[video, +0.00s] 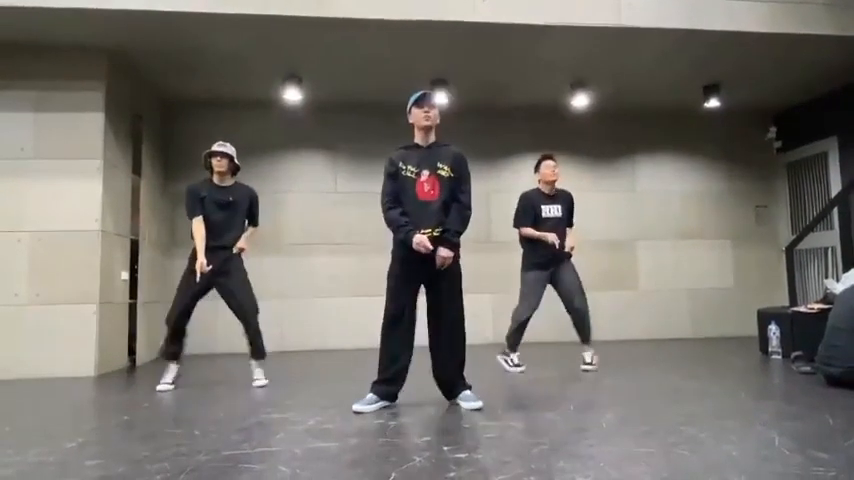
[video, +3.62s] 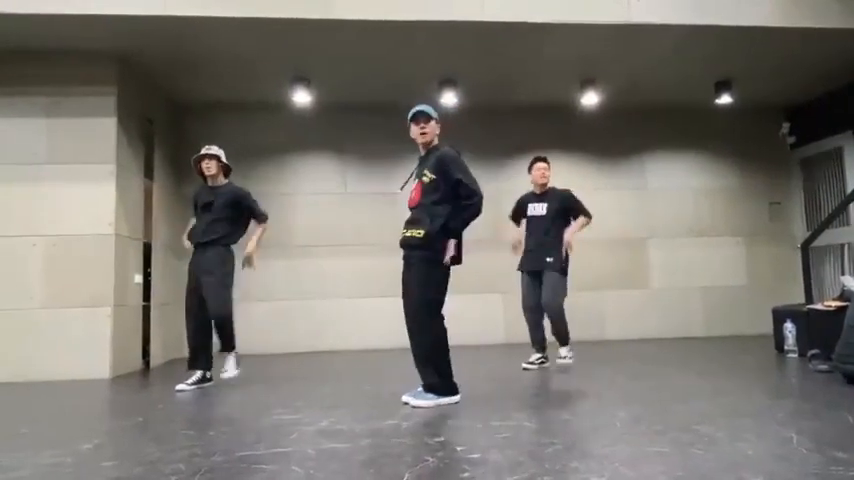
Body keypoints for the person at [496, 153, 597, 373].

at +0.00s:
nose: (554, 171)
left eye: (555, 168)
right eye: (549, 168)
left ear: (558, 173)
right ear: (538, 174)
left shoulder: (565, 197)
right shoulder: (528, 198)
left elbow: (569, 225)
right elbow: (523, 229)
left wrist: (570, 240)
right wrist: (544, 235)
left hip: (561, 263)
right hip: (535, 266)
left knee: (578, 305)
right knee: (525, 310)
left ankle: (587, 350)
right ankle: (509, 352)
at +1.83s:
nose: (557, 176)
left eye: (559, 173)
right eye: (552, 173)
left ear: (562, 178)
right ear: (542, 178)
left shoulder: (571, 202)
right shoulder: (531, 206)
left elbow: (579, 232)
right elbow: (526, 235)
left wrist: (577, 222)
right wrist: (545, 232)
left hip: (565, 268)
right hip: (536, 269)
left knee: (577, 310)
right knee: (524, 314)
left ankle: (587, 355)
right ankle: (517, 355)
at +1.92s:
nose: (551, 180)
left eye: (553, 176)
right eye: (546, 177)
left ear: (556, 181)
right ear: (537, 182)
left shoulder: (567, 207)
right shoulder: (528, 210)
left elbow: (578, 235)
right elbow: (514, 237)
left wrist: (601, 239)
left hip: (564, 273)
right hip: (535, 274)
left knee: (576, 313)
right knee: (524, 316)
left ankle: (587, 355)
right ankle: (517, 356)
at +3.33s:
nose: (556, 178)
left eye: (558, 175)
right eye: (551, 175)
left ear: (562, 179)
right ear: (543, 180)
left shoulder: (570, 207)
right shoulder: (531, 207)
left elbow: (582, 236)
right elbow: (521, 234)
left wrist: (611, 234)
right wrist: (511, 235)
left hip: (569, 270)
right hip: (540, 271)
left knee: (582, 312)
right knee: (531, 311)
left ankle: (589, 353)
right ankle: (536, 353)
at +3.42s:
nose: (552, 176)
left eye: (554, 173)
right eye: (547, 173)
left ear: (558, 178)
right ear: (539, 178)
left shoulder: (568, 205)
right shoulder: (528, 204)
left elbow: (586, 229)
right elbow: (505, 221)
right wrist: (501, 207)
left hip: (562, 270)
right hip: (535, 270)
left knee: (577, 310)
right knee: (529, 312)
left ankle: (588, 351)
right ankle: (537, 353)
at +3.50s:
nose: (548, 174)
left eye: (551, 171)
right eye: (543, 171)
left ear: (555, 176)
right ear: (535, 177)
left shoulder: (564, 201)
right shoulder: (525, 200)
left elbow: (591, 217)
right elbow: (511, 209)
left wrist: (577, 203)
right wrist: (508, 208)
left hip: (559, 267)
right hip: (531, 269)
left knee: (571, 307)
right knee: (529, 311)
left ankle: (582, 346)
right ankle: (538, 353)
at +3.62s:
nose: (542, 173)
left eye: (545, 170)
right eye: (538, 170)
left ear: (550, 174)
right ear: (530, 175)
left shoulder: (563, 196)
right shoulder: (525, 200)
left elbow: (585, 216)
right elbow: (516, 219)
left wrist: (570, 233)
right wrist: (519, 238)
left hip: (555, 259)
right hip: (530, 259)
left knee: (551, 303)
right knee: (530, 306)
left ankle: (564, 346)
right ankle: (539, 352)